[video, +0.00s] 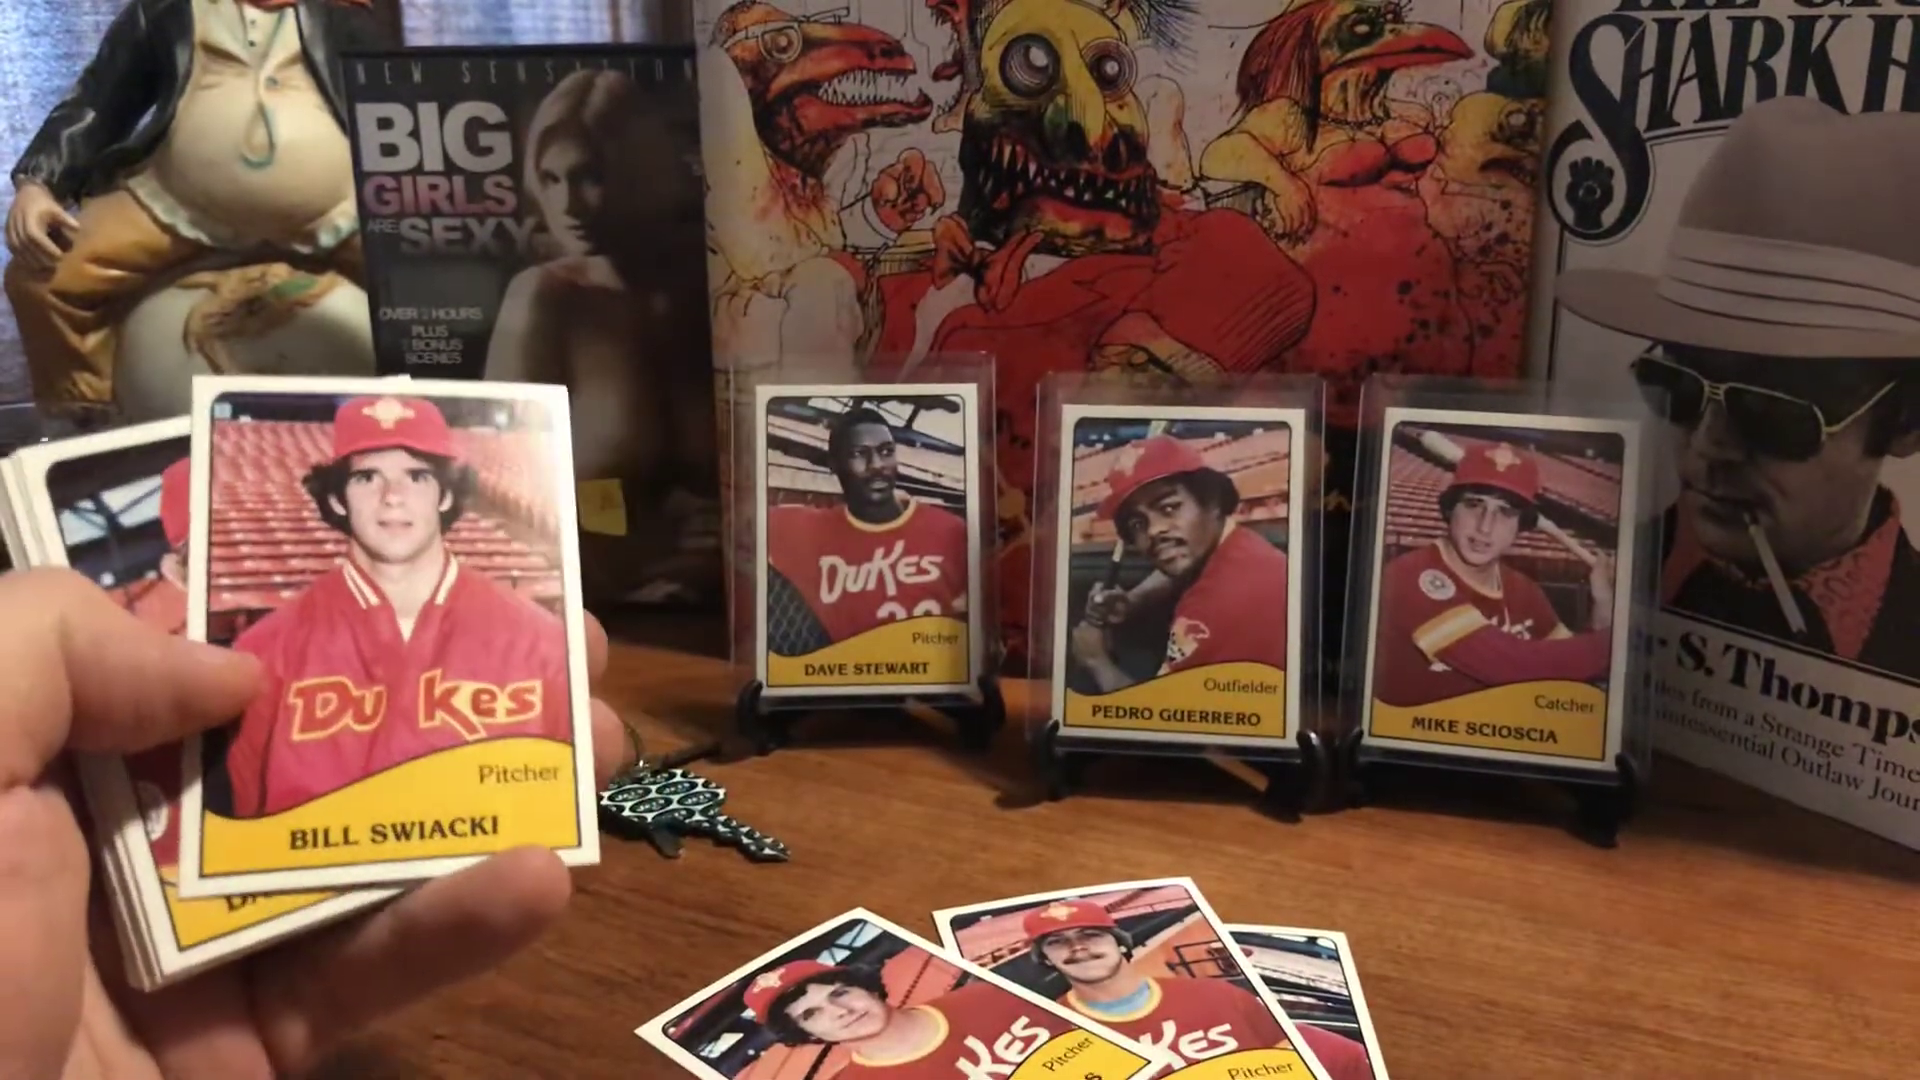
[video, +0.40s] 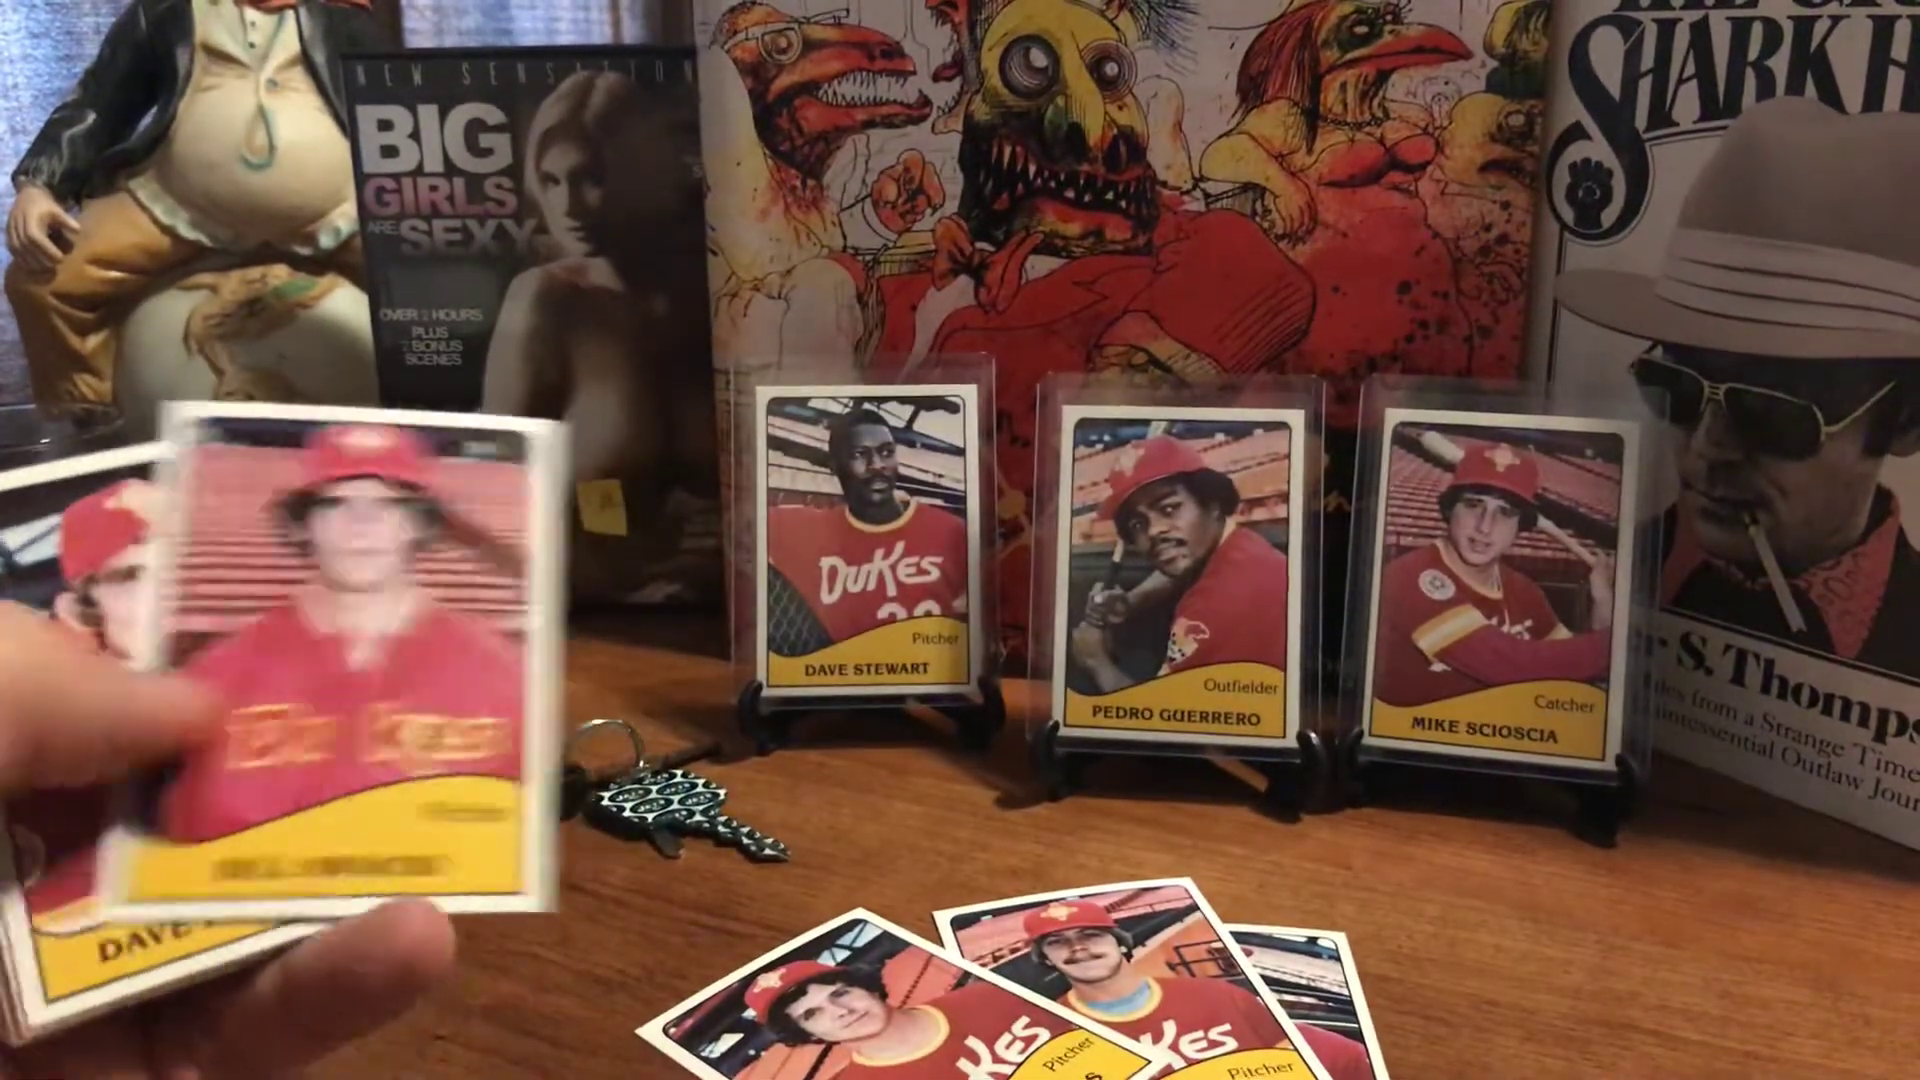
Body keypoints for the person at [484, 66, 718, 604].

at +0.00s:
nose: (570, 202)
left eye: (590, 176)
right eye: (551, 178)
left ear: (638, 177)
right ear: (535, 186)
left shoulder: (698, 294)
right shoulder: (542, 296)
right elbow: (503, 478)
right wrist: (621, 569)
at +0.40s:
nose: (569, 204)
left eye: (591, 178)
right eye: (551, 180)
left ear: (645, 178)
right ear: (535, 187)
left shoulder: (702, 298)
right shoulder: (543, 300)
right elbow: (496, 488)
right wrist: (617, 574)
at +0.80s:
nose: (569, 203)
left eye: (591, 176)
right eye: (552, 180)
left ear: (642, 175)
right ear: (535, 187)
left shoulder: (696, 293)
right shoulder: (544, 296)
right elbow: (514, 465)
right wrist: (615, 578)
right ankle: (615, 585)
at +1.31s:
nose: (569, 206)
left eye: (592, 178)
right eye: (551, 181)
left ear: (643, 178)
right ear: (537, 188)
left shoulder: (701, 297)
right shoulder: (543, 300)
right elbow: (512, 474)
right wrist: (610, 579)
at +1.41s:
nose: (570, 205)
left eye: (592, 178)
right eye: (552, 182)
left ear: (641, 179)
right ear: (538, 190)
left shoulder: (699, 299)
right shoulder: (543, 298)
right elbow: (508, 471)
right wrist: (609, 580)